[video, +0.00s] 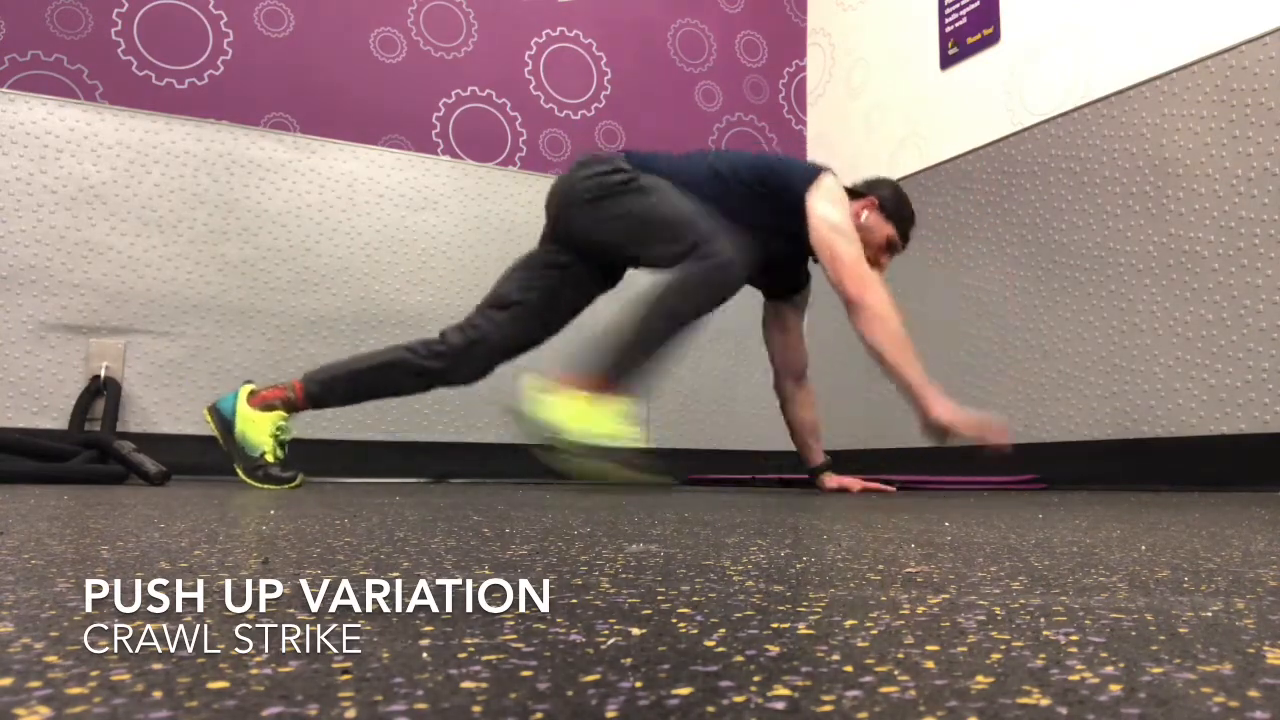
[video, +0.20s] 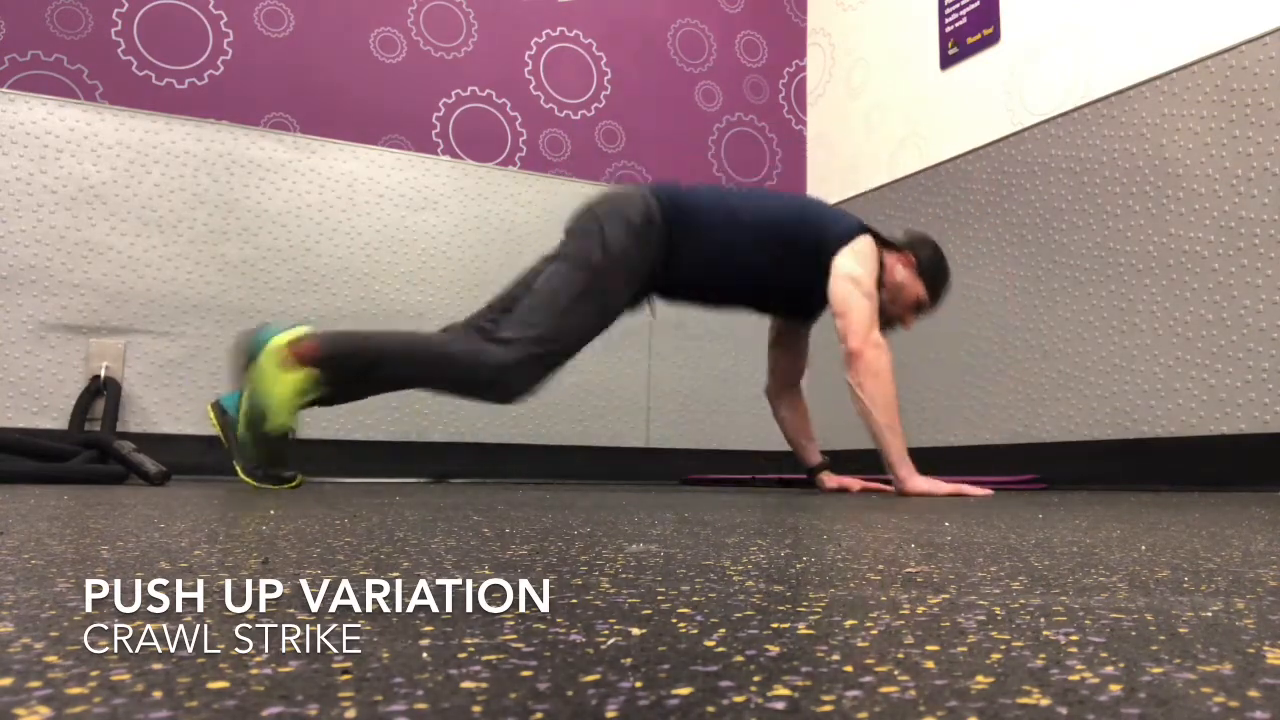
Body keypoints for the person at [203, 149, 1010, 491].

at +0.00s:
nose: (876, 262)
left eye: (883, 256)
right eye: (881, 243)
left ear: (861, 237)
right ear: (861, 204)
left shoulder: (781, 263)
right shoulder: (815, 189)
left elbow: (790, 372)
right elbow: (870, 296)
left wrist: (819, 468)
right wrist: (934, 403)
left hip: (601, 231)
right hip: (605, 181)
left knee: (471, 349)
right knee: (720, 252)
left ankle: (267, 405)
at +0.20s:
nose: (890, 319)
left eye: (904, 312)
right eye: (901, 303)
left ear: (883, 272)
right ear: (898, 262)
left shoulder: (819, 268)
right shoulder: (858, 244)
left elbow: (784, 382)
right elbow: (866, 344)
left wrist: (817, 468)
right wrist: (906, 475)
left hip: (628, 240)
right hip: (634, 227)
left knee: (481, 345)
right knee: (506, 366)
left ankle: (283, 373)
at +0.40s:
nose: (918, 378)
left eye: (930, 378)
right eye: (931, 366)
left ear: (919, 352)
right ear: (926, 325)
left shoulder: (840, 326)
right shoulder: (879, 286)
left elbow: (781, 398)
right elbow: (860, 362)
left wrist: (815, 470)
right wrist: (907, 475)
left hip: (658, 335)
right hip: (654, 314)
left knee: (467, 384)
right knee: (465, 384)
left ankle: (259, 388)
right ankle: (253, 387)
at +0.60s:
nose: (938, 427)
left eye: (951, 430)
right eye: (950, 415)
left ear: (942, 414)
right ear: (943, 377)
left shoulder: (861, 367)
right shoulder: (902, 337)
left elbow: (775, 414)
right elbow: (870, 359)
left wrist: (810, 464)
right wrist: (908, 477)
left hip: (672, 389)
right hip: (671, 373)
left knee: (475, 415)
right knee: (473, 411)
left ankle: (270, 396)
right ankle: (262, 387)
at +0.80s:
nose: (949, 455)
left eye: (960, 457)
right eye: (958, 443)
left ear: (951, 435)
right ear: (951, 408)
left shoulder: (868, 408)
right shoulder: (902, 369)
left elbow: (760, 458)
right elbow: (880, 364)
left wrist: (824, 476)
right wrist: (908, 475)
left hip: (678, 432)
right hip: (676, 404)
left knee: (480, 436)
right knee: (480, 431)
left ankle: (272, 424)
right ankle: (267, 392)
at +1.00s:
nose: (955, 455)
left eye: (964, 456)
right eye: (962, 442)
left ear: (952, 433)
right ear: (953, 410)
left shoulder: (874, 413)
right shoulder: (903, 371)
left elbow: (802, 465)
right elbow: (881, 365)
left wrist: (847, 476)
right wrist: (909, 476)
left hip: (679, 430)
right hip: (678, 405)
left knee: (481, 440)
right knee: (481, 435)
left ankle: (273, 426)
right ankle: (269, 392)